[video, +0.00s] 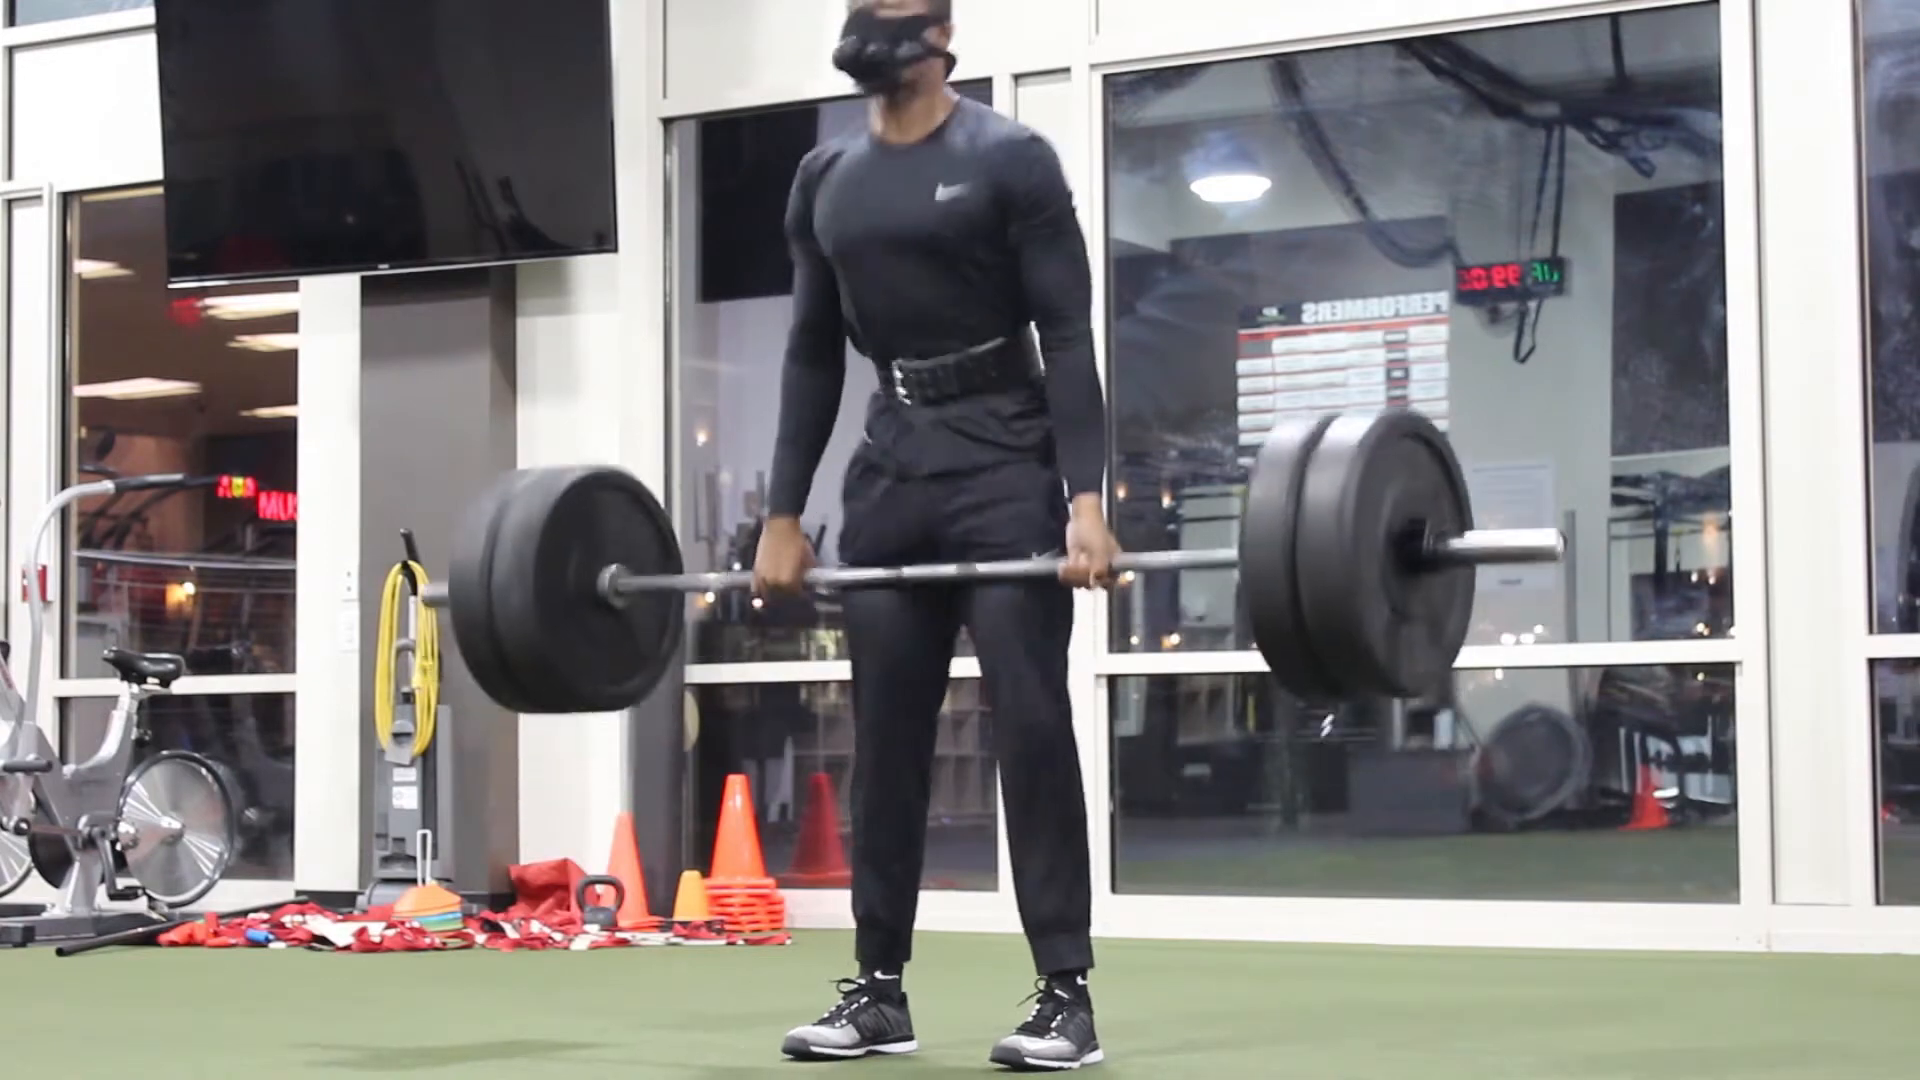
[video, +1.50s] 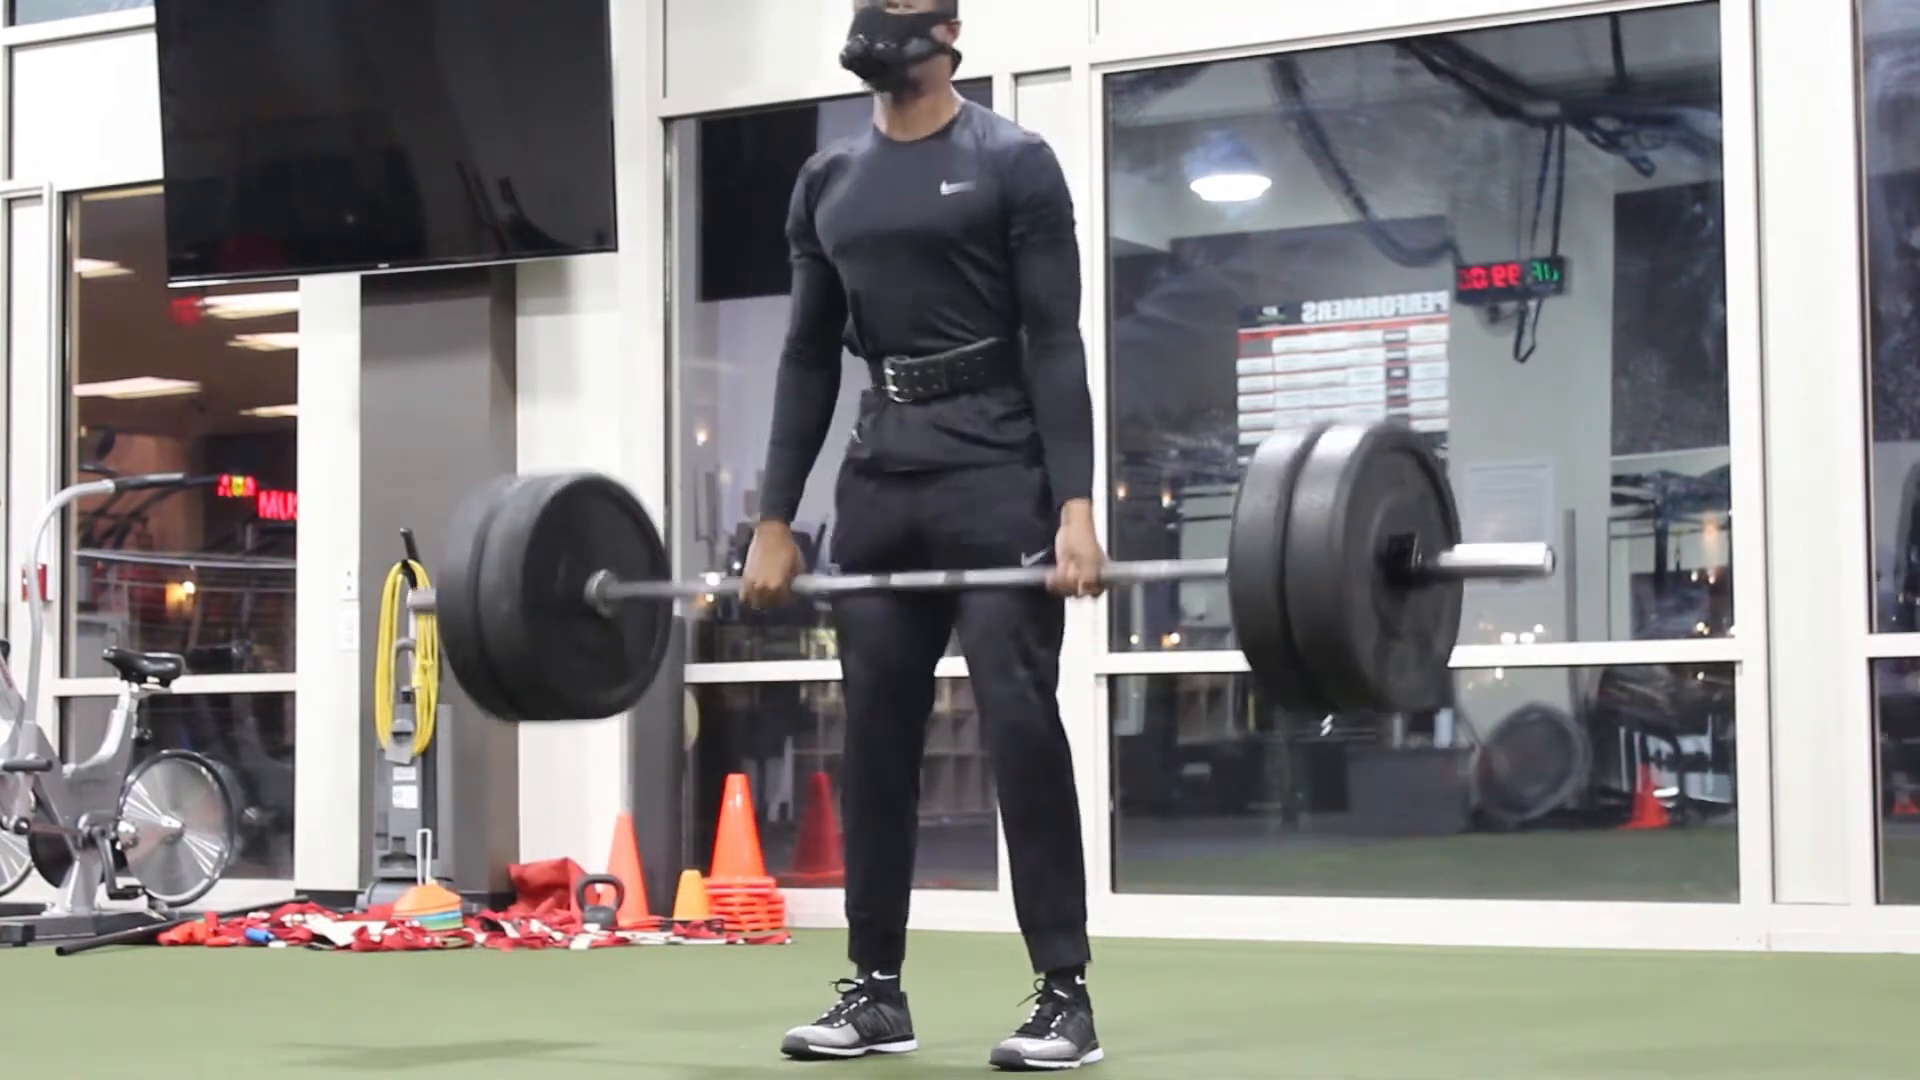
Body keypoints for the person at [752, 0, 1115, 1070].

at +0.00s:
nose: (890, 23)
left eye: (911, 10)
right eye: (873, 11)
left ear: (948, 32)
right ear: (849, 40)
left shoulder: (1012, 157)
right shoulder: (824, 179)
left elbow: (1069, 335)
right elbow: (812, 353)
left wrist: (1085, 499)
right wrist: (785, 510)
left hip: (1010, 440)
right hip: (892, 443)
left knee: (1032, 723)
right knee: (887, 729)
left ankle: (1064, 995)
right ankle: (879, 989)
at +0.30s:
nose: (859, 120)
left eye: (881, 103)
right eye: (849, 102)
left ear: (936, 110)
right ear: (837, 115)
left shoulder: (1008, 242)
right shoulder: (823, 261)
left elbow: (1055, 426)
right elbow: (802, 437)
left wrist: (1077, 593)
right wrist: (775, 605)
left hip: (1041, 499)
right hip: (930, 500)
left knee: (1043, 711)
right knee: (883, 714)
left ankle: (1067, 999)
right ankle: (873, 993)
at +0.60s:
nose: (811, 360)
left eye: (833, 342)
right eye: (802, 340)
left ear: (891, 348)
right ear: (790, 340)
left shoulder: (982, 446)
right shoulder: (794, 473)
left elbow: (1053, 630)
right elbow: (786, 644)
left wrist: (1079, 808)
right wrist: (768, 814)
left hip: (1050, 560)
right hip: (933, 578)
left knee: (1014, 729)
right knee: (835, 737)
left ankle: (1062, 1001)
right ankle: (871, 999)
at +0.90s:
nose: (788, 346)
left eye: (810, 329)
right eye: (778, 330)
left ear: (873, 342)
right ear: (769, 340)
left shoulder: (969, 431)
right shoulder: (776, 457)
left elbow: (1048, 611)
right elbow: (779, 623)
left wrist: (1082, 783)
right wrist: (771, 792)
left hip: (1040, 534)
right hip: (922, 559)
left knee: (1021, 727)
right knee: (846, 729)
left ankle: (1064, 999)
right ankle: (871, 997)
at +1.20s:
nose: (813, 148)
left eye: (838, 130)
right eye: (806, 129)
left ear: (899, 138)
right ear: (799, 138)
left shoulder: (987, 258)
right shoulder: (796, 273)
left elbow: (1056, 424)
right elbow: (789, 443)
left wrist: (1078, 585)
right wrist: (775, 604)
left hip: (1026, 497)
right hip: (911, 499)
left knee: (1034, 719)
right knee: (878, 728)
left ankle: (1066, 995)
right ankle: (874, 991)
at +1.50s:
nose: (887, 22)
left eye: (912, 10)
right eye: (874, 12)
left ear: (953, 34)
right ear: (853, 37)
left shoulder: (1016, 161)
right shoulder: (825, 182)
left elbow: (1056, 339)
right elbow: (809, 356)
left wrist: (1076, 499)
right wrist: (774, 514)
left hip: (1003, 451)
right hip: (883, 455)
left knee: (1018, 719)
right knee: (876, 731)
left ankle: (1063, 995)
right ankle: (875, 991)